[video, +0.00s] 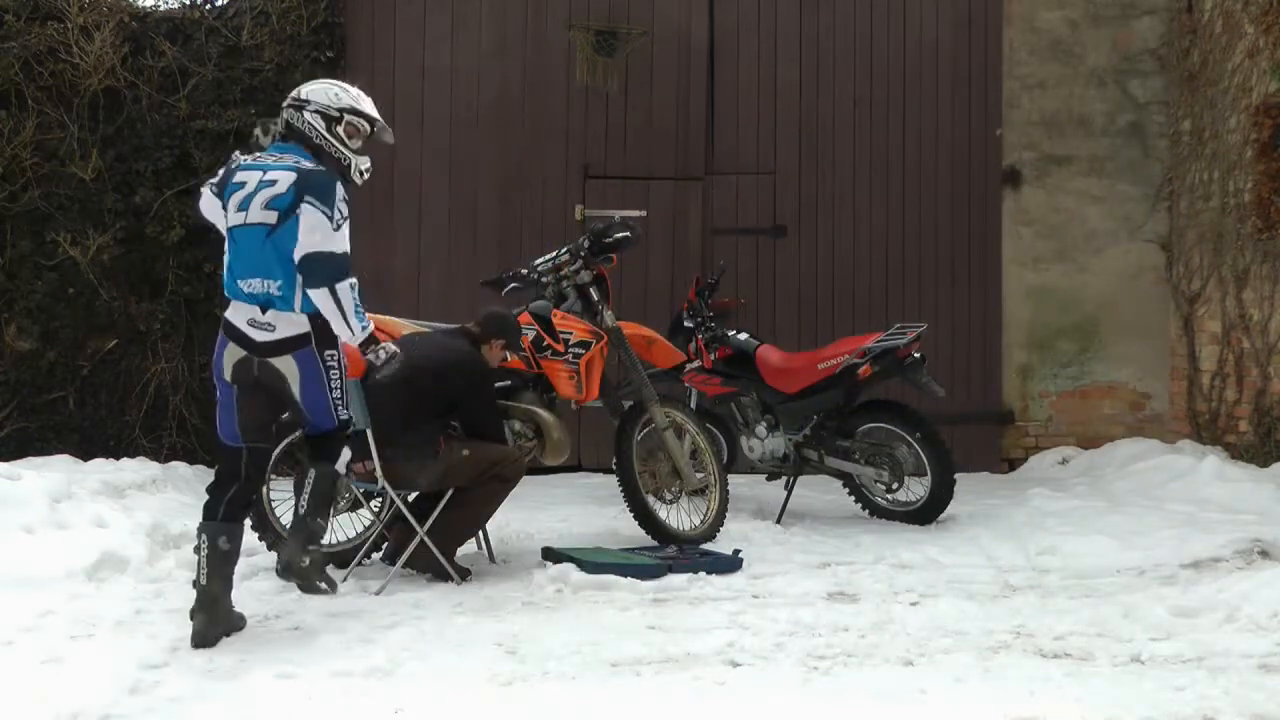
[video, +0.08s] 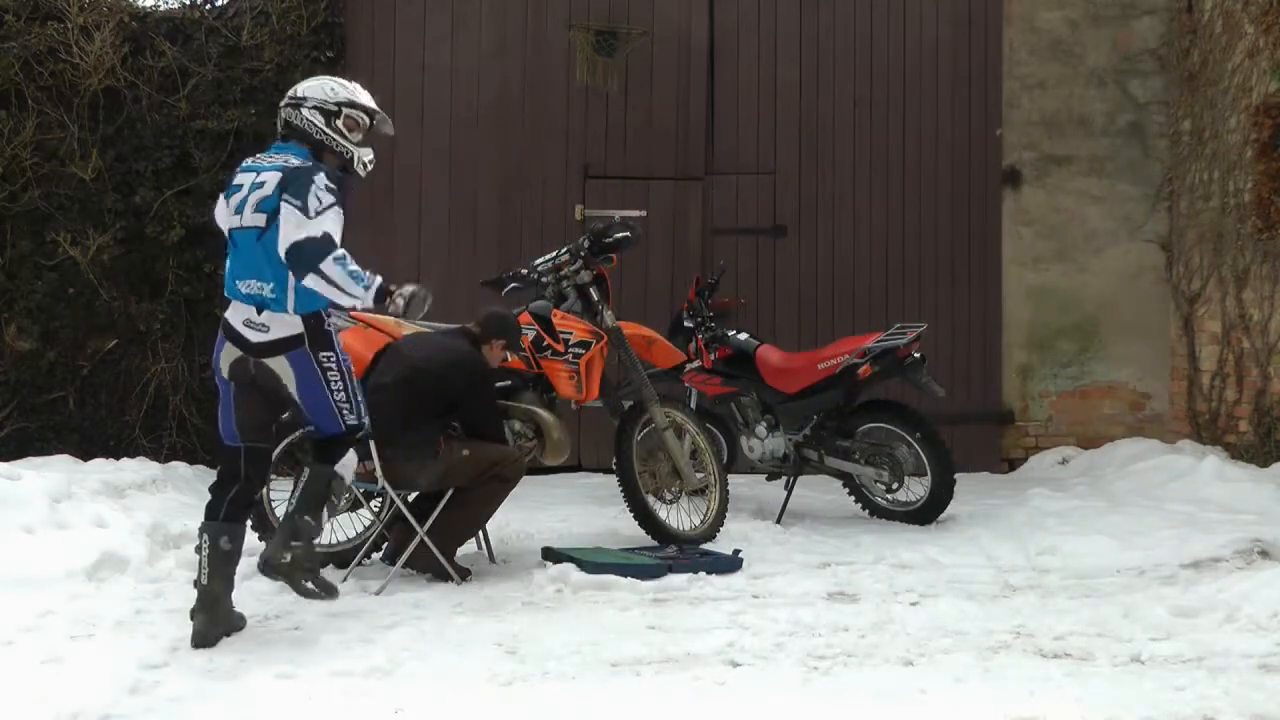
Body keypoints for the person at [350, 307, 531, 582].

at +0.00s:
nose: (502, 361)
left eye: (506, 355)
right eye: (504, 353)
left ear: (473, 329)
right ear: (495, 344)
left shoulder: (424, 339)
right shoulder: (472, 366)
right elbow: (489, 435)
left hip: (362, 452)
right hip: (399, 462)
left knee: (463, 456)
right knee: (508, 464)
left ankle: (402, 541)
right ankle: (434, 551)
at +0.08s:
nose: (502, 361)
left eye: (506, 356)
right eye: (505, 354)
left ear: (473, 329)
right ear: (495, 344)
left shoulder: (418, 340)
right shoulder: (472, 367)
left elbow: (365, 389)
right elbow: (489, 435)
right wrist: (507, 454)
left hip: (369, 451)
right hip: (402, 462)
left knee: (464, 456)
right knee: (508, 464)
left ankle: (403, 541)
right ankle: (434, 551)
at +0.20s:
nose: (502, 362)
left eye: (507, 357)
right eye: (505, 355)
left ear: (474, 329)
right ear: (495, 345)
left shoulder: (418, 340)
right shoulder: (473, 368)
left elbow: (366, 390)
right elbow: (489, 437)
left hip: (364, 449)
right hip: (399, 461)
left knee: (466, 457)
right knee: (508, 464)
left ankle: (403, 542)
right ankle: (434, 551)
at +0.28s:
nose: (503, 363)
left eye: (508, 358)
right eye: (506, 356)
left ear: (475, 330)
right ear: (496, 345)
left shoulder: (417, 340)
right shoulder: (474, 368)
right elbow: (489, 437)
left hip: (363, 449)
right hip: (400, 461)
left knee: (466, 457)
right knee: (508, 464)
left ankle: (403, 543)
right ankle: (434, 551)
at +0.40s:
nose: (504, 363)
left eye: (509, 358)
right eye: (507, 356)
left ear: (477, 330)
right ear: (497, 346)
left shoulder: (416, 339)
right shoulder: (476, 371)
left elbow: (371, 383)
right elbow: (490, 441)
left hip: (361, 442)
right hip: (399, 458)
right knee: (507, 465)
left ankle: (403, 542)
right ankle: (433, 552)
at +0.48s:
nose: (504, 363)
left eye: (508, 358)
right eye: (507, 356)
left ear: (478, 331)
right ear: (497, 346)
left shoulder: (421, 340)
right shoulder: (475, 370)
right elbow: (489, 439)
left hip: (366, 446)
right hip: (403, 460)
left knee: (470, 458)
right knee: (506, 465)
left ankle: (401, 541)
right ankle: (433, 551)